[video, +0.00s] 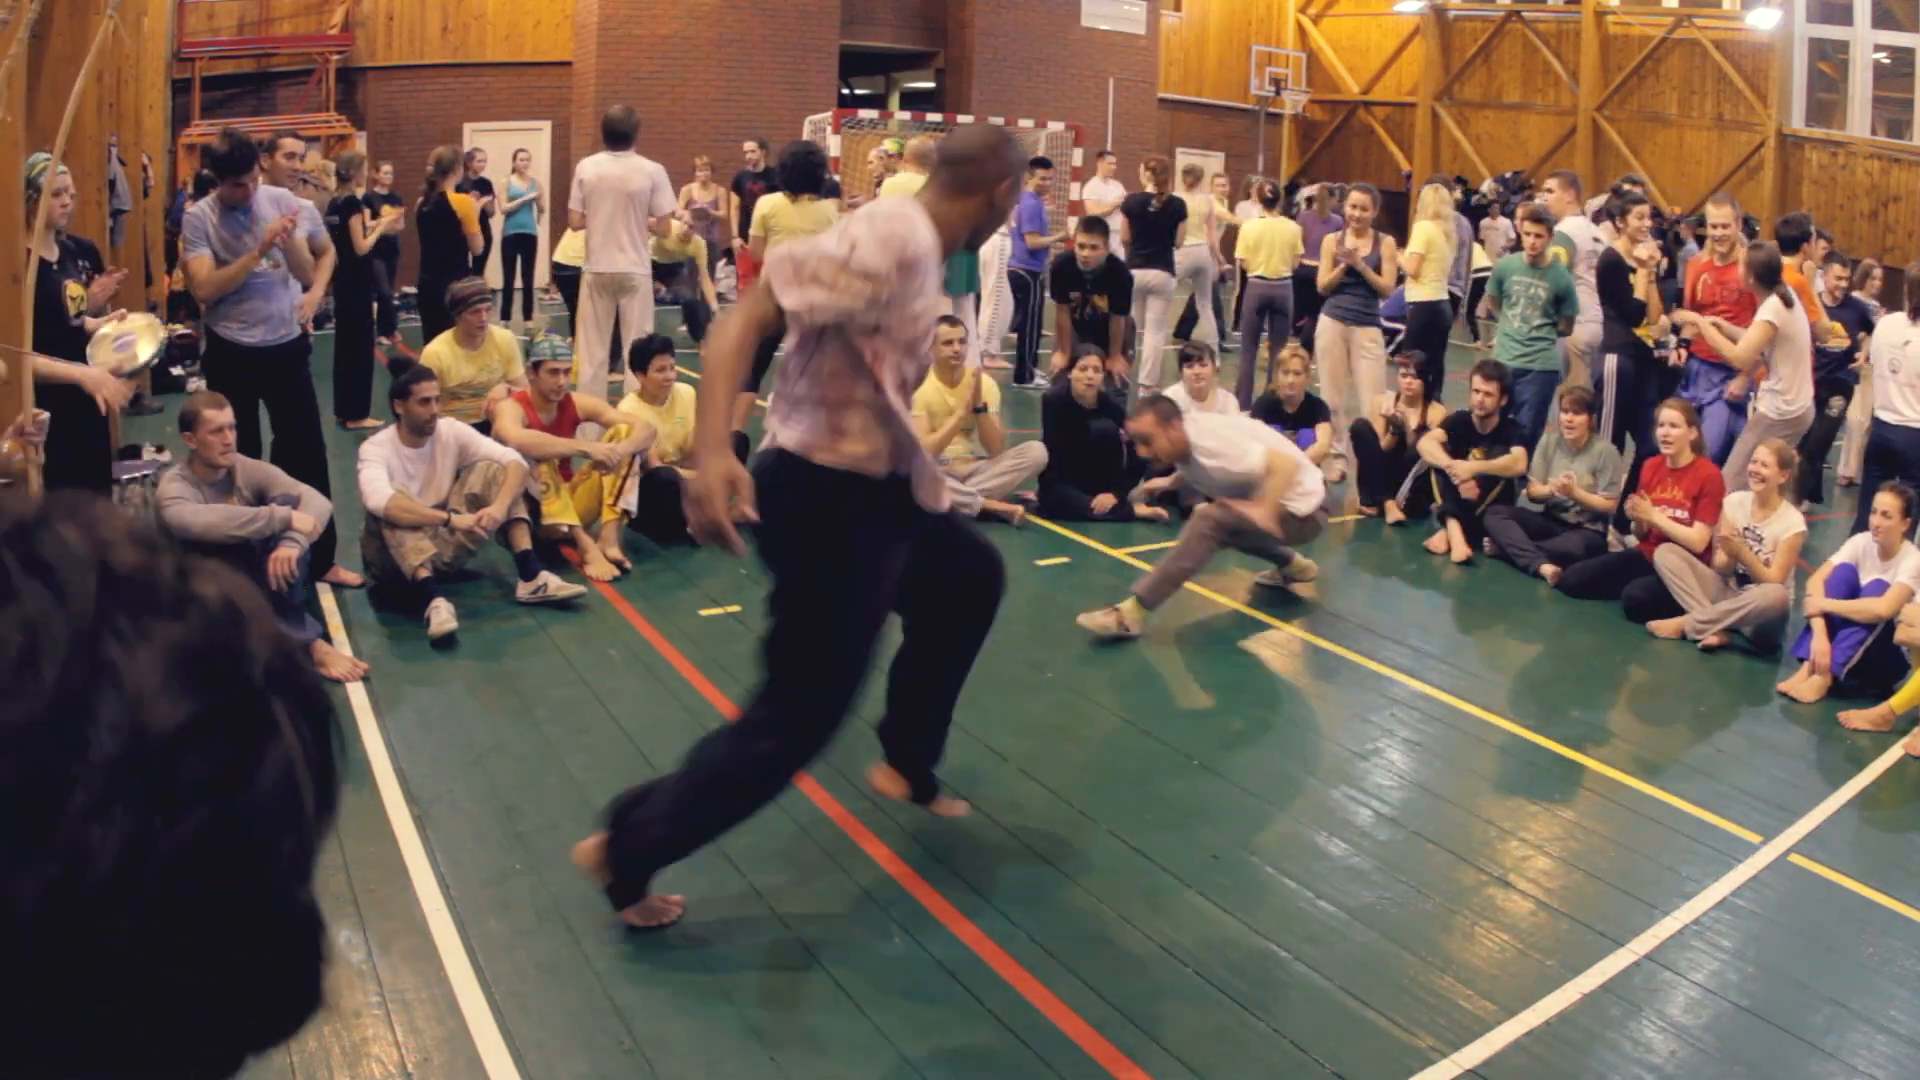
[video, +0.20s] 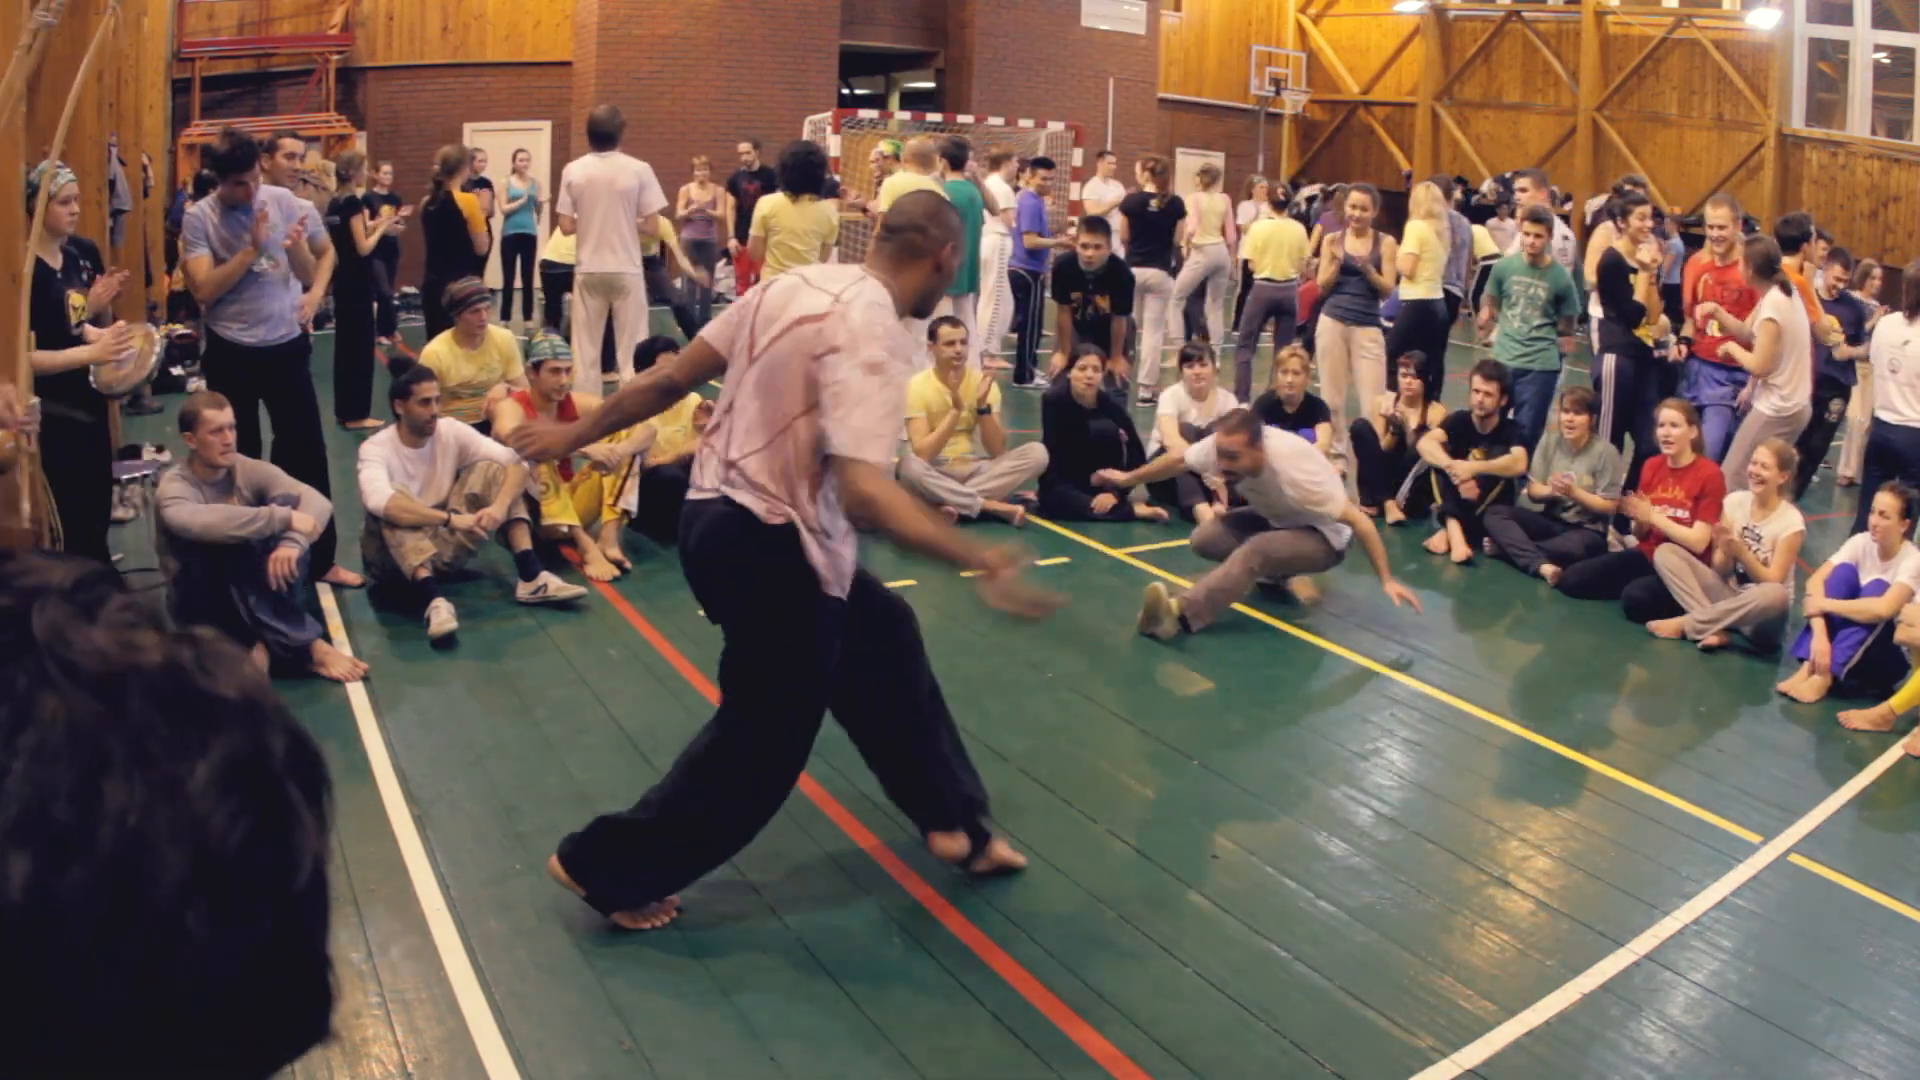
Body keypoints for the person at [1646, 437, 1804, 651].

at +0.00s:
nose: (1754, 469)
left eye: (1764, 465)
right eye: (1753, 462)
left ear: (1783, 476)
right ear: (1747, 464)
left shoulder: (1793, 521)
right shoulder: (1733, 501)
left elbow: (1774, 579)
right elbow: (1719, 566)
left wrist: (1741, 553)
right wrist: (1731, 554)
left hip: (1759, 603)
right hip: (1724, 591)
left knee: (1775, 595)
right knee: (1666, 552)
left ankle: (1685, 624)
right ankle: (1712, 629)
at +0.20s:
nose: (1754, 471)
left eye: (1764, 467)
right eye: (1753, 463)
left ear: (1783, 477)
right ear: (1748, 464)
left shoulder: (1791, 521)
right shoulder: (1734, 501)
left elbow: (1774, 580)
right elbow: (1720, 569)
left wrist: (1739, 551)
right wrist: (1724, 548)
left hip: (1760, 606)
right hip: (1727, 594)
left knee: (1775, 594)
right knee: (1666, 552)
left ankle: (1684, 625)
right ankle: (1712, 629)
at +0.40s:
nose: (1754, 472)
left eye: (1764, 467)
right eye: (1752, 463)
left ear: (1783, 476)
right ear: (1747, 465)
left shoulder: (1792, 521)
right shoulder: (1734, 501)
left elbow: (1775, 579)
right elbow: (1719, 567)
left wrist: (1741, 549)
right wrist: (1728, 549)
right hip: (1727, 595)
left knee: (1775, 594)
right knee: (1666, 552)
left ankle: (1685, 624)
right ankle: (1712, 629)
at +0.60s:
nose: (1753, 472)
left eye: (1763, 467)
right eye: (1751, 464)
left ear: (1783, 475)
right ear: (1745, 466)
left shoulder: (1793, 520)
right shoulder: (1734, 501)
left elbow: (1775, 578)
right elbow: (1720, 566)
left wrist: (1739, 549)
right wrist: (1732, 552)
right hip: (1727, 596)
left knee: (1775, 594)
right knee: (1666, 552)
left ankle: (1685, 624)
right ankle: (1712, 629)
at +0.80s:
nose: (1753, 473)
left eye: (1762, 467)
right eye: (1751, 465)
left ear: (1783, 475)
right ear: (1745, 466)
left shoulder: (1793, 520)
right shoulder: (1734, 501)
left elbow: (1778, 579)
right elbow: (1719, 568)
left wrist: (1745, 554)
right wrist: (1727, 551)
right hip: (1727, 596)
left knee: (1775, 594)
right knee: (1665, 552)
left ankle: (1684, 624)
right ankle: (1712, 629)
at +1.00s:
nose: (1754, 471)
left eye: (1764, 465)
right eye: (1752, 463)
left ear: (1783, 473)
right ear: (1746, 465)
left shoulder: (1794, 520)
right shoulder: (1735, 502)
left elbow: (1776, 578)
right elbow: (1719, 566)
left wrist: (1741, 550)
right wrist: (1735, 550)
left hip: (1760, 606)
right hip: (1726, 594)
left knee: (1775, 594)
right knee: (1666, 552)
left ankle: (1685, 624)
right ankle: (1712, 629)